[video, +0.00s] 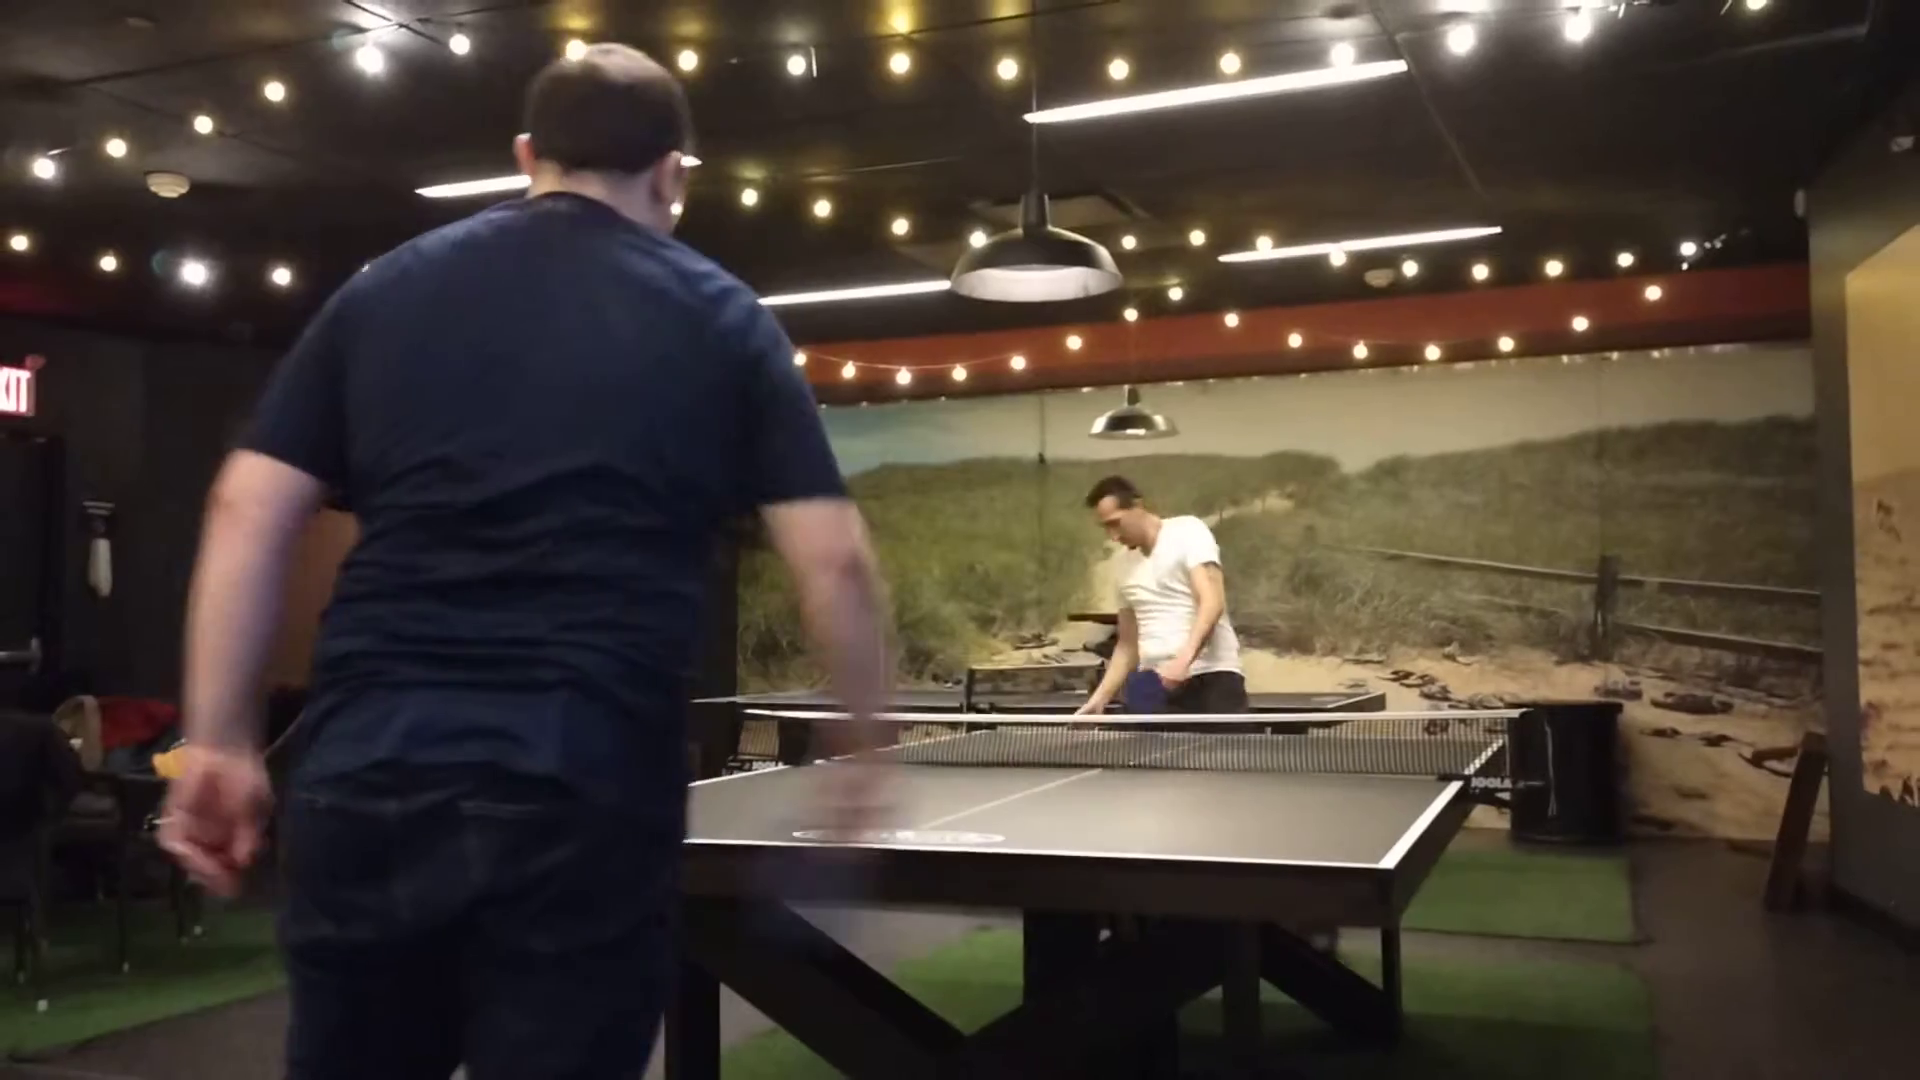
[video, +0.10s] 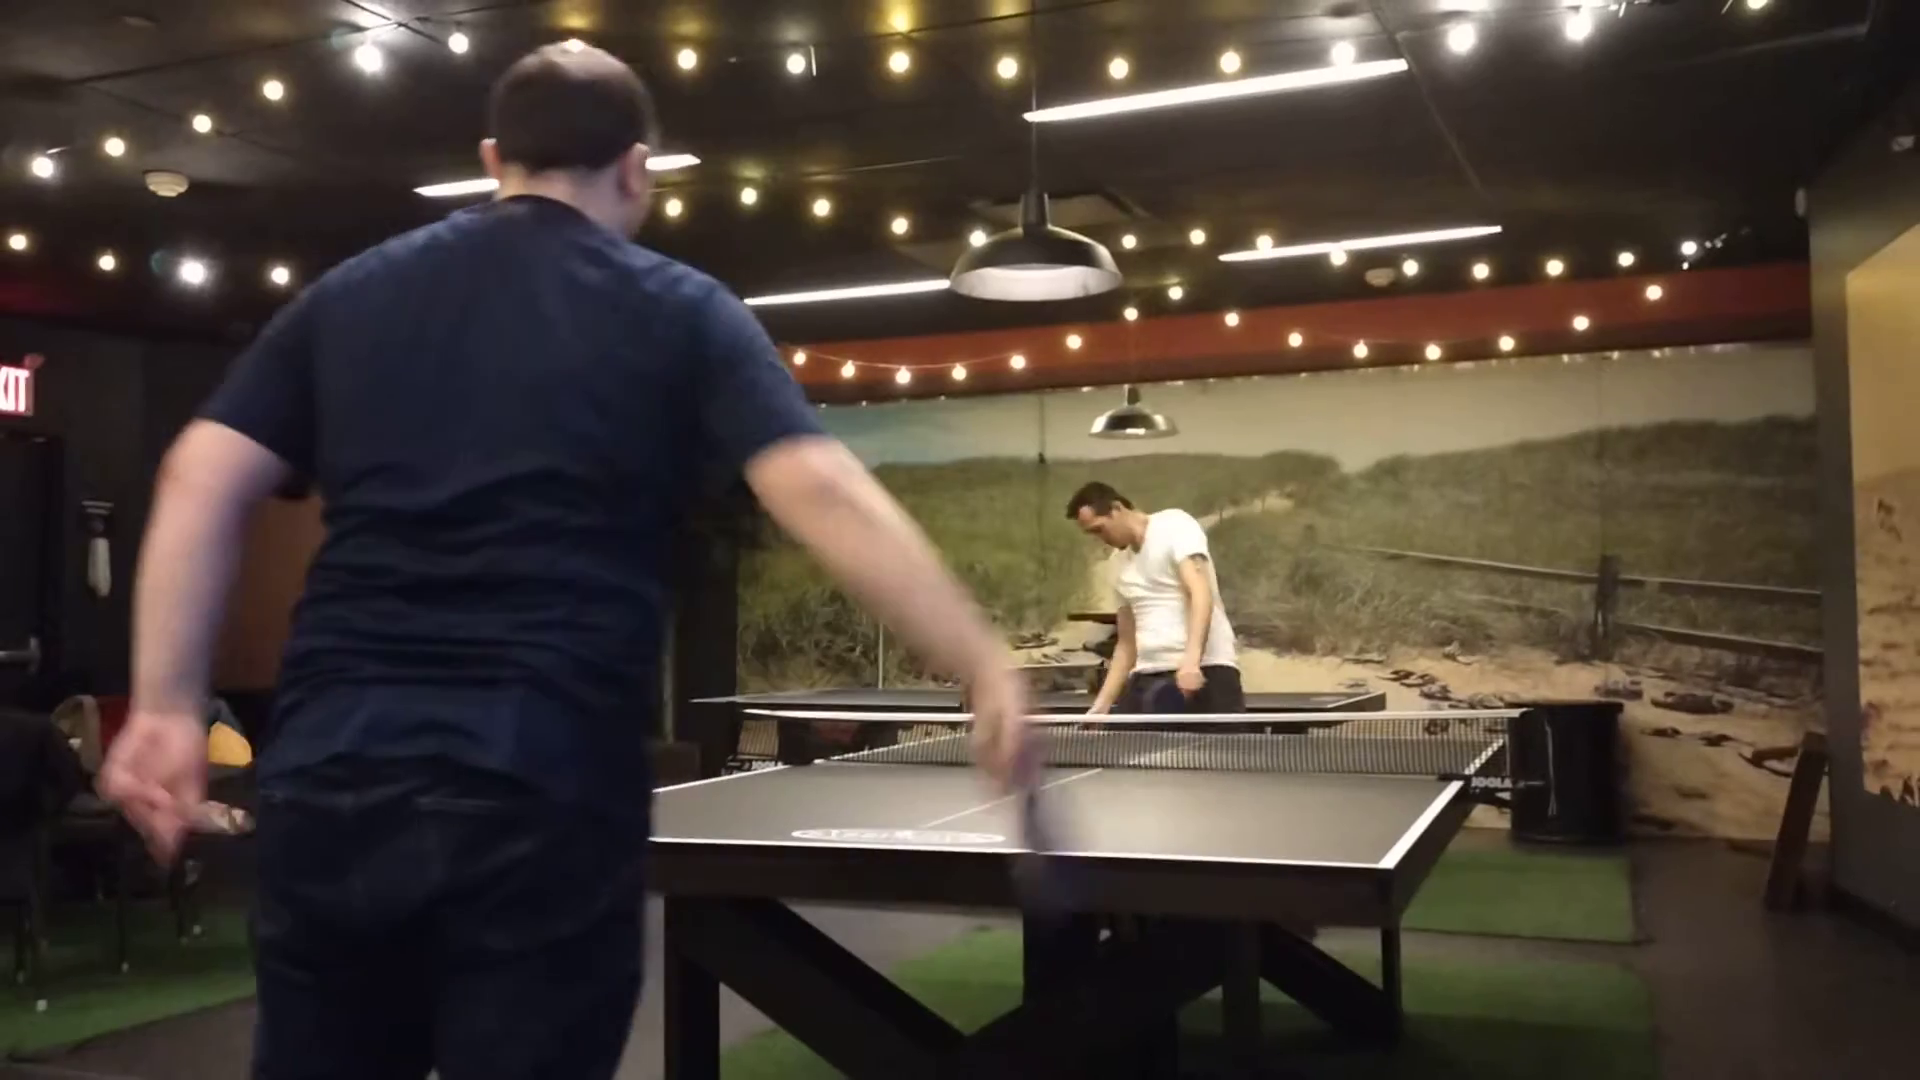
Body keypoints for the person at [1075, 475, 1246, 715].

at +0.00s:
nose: (1113, 536)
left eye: (1114, 523)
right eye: (1107, 528)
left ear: (1137, 506)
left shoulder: (1188, 531)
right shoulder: (1127, 567)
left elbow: (1212, 603)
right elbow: (1127, 645)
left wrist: (1181, 662)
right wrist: (1098, 701)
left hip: (1211, 679)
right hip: (1156, 686)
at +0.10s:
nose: (1102, 540)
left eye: (1099, 529)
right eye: (1094, 534)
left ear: (1116, 509)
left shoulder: (1175, 524)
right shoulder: (1124, 568)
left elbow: (1202, 594)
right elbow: (1126, 644)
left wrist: (1191, 662)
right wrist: (1101, 707)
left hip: (1206, 674)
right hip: (1149, 680)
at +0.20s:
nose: (1095, 543)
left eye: (1092, 532)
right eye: (1087, 538)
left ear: (1107, 510)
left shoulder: (1166, 521)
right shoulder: (1119, 561)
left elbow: (1197, 590)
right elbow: (1131, 637)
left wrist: (1194, 666)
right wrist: (1121, 688)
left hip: (1207, 670)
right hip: (1153, 673)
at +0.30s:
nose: (1094, 550)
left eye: (1090, 540)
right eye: (1085, 545)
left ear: (1102, 515)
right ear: (1102, 516)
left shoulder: (1164, 522)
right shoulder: (1120, 559)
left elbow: (1202, 592)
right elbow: (1136, 630)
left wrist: (1197, 675)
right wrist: (1134, 684)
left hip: (1211, 666)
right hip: (1155, 669)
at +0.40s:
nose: (1097, 560)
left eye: (1092, 551)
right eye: (1089, 557)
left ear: (1101, 525)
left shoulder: (1165, 525)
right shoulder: (1118, 562)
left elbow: (1205, 597)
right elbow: (1144, 623)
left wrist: (1197, 682)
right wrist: (1140, 681)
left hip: (1218, 662)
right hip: (1165, 665)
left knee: (1221, 762)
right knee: (1130, 753)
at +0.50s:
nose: (1103, 568)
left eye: (1097, 559)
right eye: (1095, 566)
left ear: (1104, 534)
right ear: (1105, 534)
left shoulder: (1168, 527)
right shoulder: (1124, 567)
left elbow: (1208, 602)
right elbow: (1154, 619)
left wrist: (1192, 685)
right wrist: (1160, 660)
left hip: (1227, 660)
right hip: (1174, 664)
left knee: (1230, 760)